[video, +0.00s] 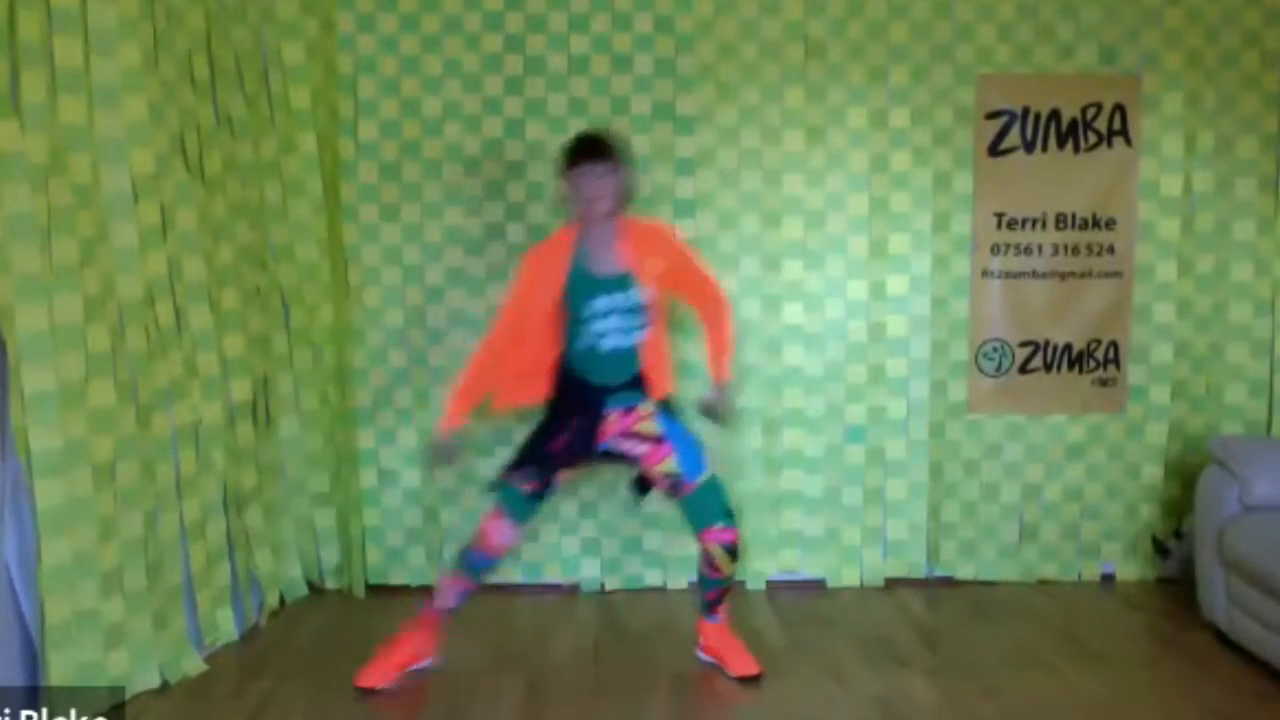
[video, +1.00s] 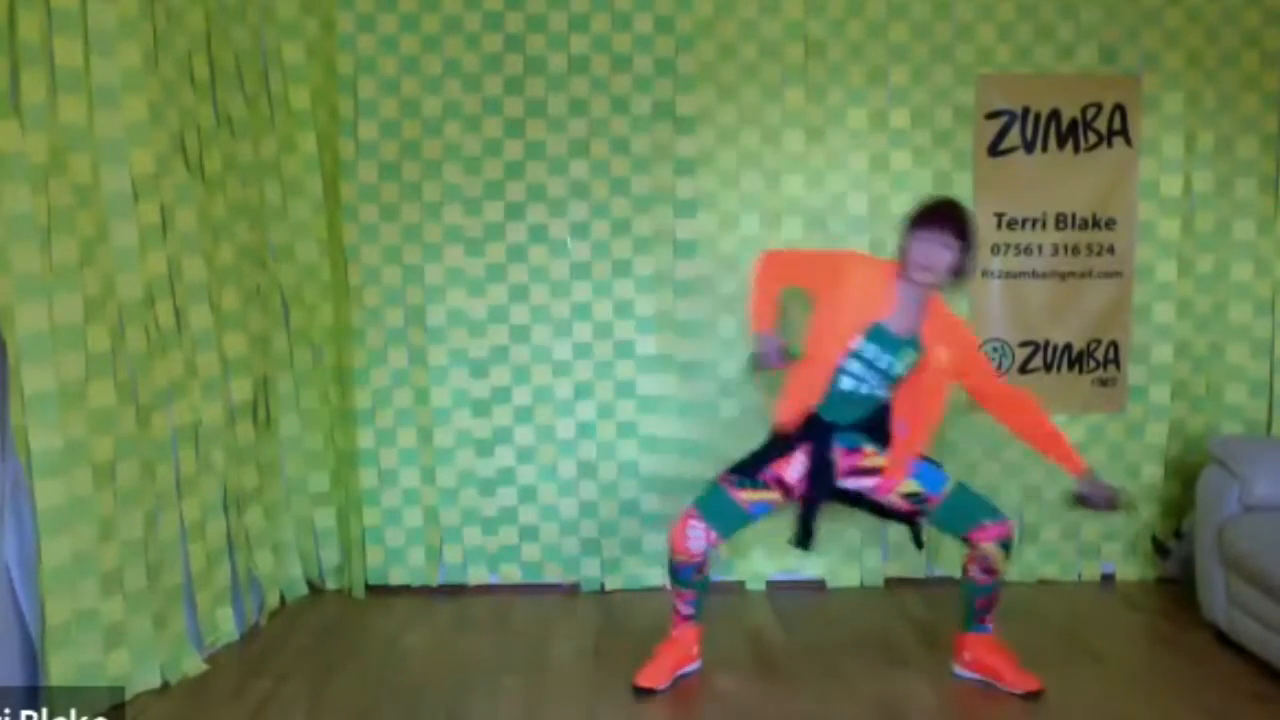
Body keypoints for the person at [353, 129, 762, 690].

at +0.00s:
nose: (595, 194)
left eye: (605, 182)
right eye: (584, 184)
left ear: (623, 185)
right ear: (568, 191)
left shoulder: (654, 245)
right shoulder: (550, 260)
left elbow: (713, 302)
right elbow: (504, 339)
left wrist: (721, 382)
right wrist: (454, 418)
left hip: (641, 409)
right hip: (572, 415)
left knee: (720, 530)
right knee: (499, 531)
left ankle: (715, 629)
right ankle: (424, 633)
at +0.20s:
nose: (674, 138)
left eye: (686, 126)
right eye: (662, 127)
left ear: (707, 132)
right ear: (648, 135)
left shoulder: (738, 195)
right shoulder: (630, 199)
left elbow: (758, 283)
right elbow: (605, 286)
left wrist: (762, 367)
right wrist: (581, 370)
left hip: (710, 359)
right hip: (638, 358)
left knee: (714, 501)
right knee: (632, 500)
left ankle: (715, 624)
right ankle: (625, 627)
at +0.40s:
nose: (680, 141)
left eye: (691, 128)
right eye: (668, 131)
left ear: (712, 136)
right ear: (654, 145)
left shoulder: (753, 195)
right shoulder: (644, 217)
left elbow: (778, 282)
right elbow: (630, 308)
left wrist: (783, 369)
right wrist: (625, 396)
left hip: (748, 368)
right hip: (678, 372)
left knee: (753, 505)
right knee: (680, 508)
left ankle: (726, 618)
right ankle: (682, 630)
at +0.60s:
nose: (708, 166)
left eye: (720, 154)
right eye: (698, 155)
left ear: (739, 160)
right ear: (684, 161)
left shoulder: (773, 218)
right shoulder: (666, 233)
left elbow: (813, 297)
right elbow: (640, 324)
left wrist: (853, 377)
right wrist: (650, 404)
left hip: (778, 388)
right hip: (704, 396)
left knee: (846, 500)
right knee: (670, 518)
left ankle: (834, 613)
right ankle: (679, 635)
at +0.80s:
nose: (849, 223)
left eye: (861, 213)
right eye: (840, 209)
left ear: (876, 222)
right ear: (821, 209)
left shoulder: (881, 293)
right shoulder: (774, 258)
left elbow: (936, 364)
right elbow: (699, 287)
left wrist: (999, 437)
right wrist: (699, 355)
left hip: (834, 441)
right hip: (755, 437)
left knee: (943, 531)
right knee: (670, 541)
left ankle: (969, 646)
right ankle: (680, 638)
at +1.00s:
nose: (932, 253)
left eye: (946, 246)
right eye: (926, 239)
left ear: (959, 262)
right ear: (904, 241)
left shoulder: (951, 337)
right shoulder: (851, 275)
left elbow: (1008, 403)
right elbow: (772, 265)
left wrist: (1080, 471)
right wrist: (764, 332)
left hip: (877, 460)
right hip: (800, 446)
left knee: (990, 530)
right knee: (691, 534)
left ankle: (977, 645)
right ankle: (682, 640)